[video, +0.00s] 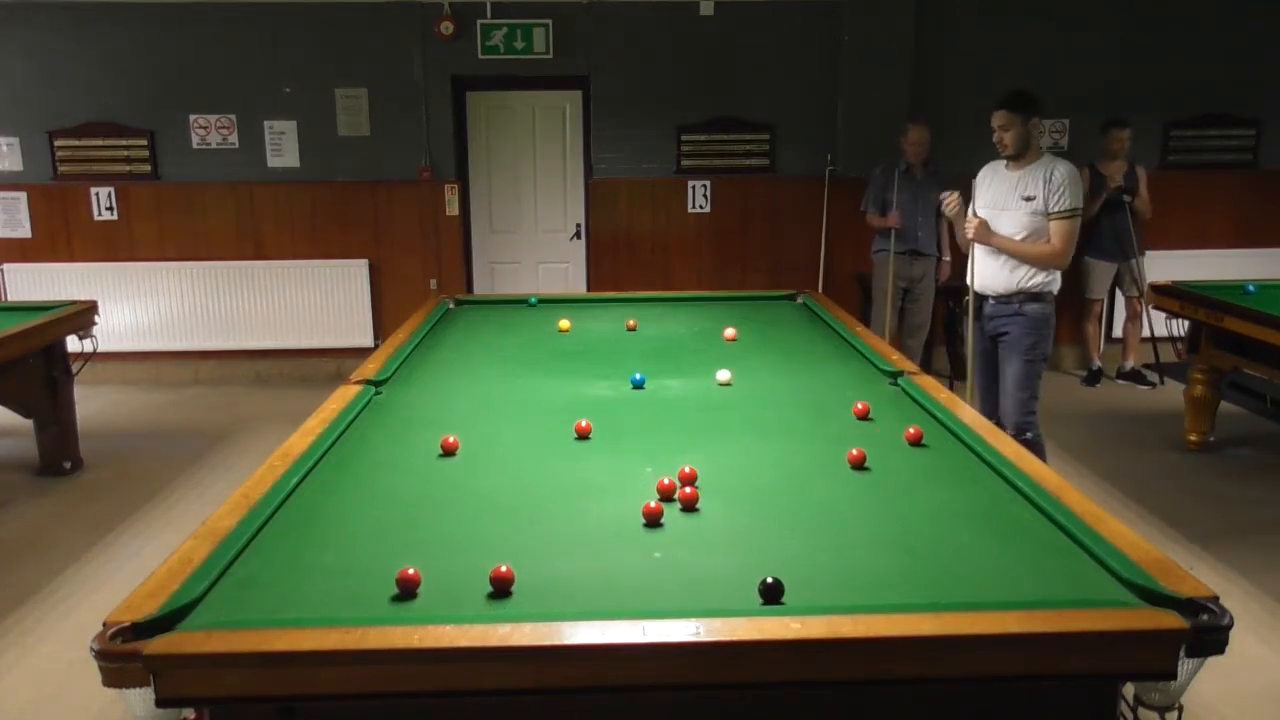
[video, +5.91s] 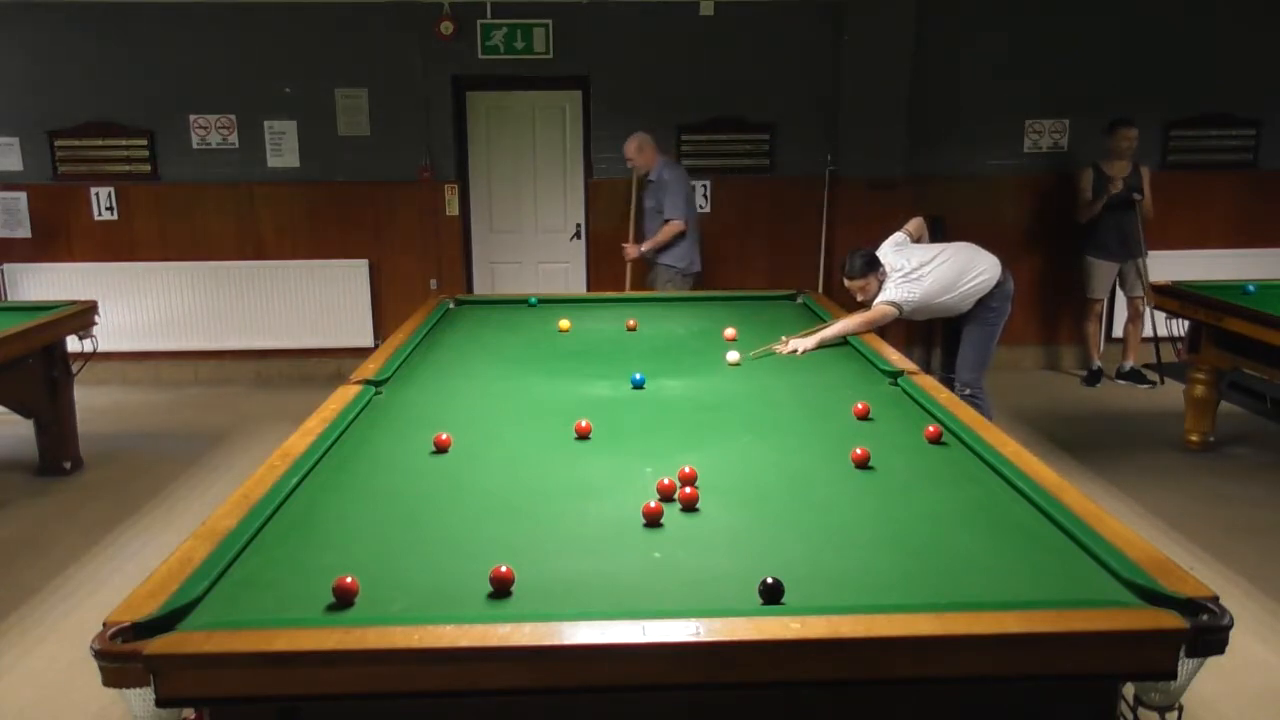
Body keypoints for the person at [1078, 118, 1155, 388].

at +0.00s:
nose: (1123, 146)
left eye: (1126, 141)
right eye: (1117, 140)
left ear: (1130, 142)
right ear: (1105, 141)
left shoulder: (1136, 172)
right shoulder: (1089, 173)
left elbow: (1146, 212)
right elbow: (1083, 214)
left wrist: (1131, 196)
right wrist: (1104, 193)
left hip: (1130, 249)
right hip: (1099, 250)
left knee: (1135, 309)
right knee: (1094, 309)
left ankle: (1128, 366)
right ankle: (1094, 364)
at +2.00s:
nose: (1120, 142)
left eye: (1124, 137)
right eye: (1115, 137)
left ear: (1130, 140)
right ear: (1106, 140)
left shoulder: (1138, 170)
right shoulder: (1089, 172)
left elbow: (1146, 211)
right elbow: (1083, 214)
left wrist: (1130, 196)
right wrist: (1106, 191)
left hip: (1132, 250)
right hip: (1099, 250)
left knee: (1136, 309)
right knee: (1094, 310)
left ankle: (1128, 366)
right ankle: (1094, 365)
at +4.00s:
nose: (1126, 145)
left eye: (1129, 140)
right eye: (1120, 140)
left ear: (1133, 142)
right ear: (1106, 140)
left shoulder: (1137, 171)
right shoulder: (1088, 172)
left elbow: (1146, 211)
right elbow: (1082, 214)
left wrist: (1132, 198)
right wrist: (1106, 192)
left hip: (1132, 250)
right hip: (1099, 250)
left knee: (1136, 309)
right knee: (1094, 309)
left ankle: (1128, 366)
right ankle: (1095, 365)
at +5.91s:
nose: (1129, 145)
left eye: (1133, 140)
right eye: (1124, 140)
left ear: (1137, 142)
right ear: (1110, 141)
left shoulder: (1140, 172)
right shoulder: (1091, 172)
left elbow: (1149, 214)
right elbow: (1083, 214)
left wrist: (1139, 200)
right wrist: (1105, 196)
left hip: (1133, 250)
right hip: (1100, 250)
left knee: (1137, 309)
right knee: (1094, 309)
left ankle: (1127, 366)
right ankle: (1094, 365)